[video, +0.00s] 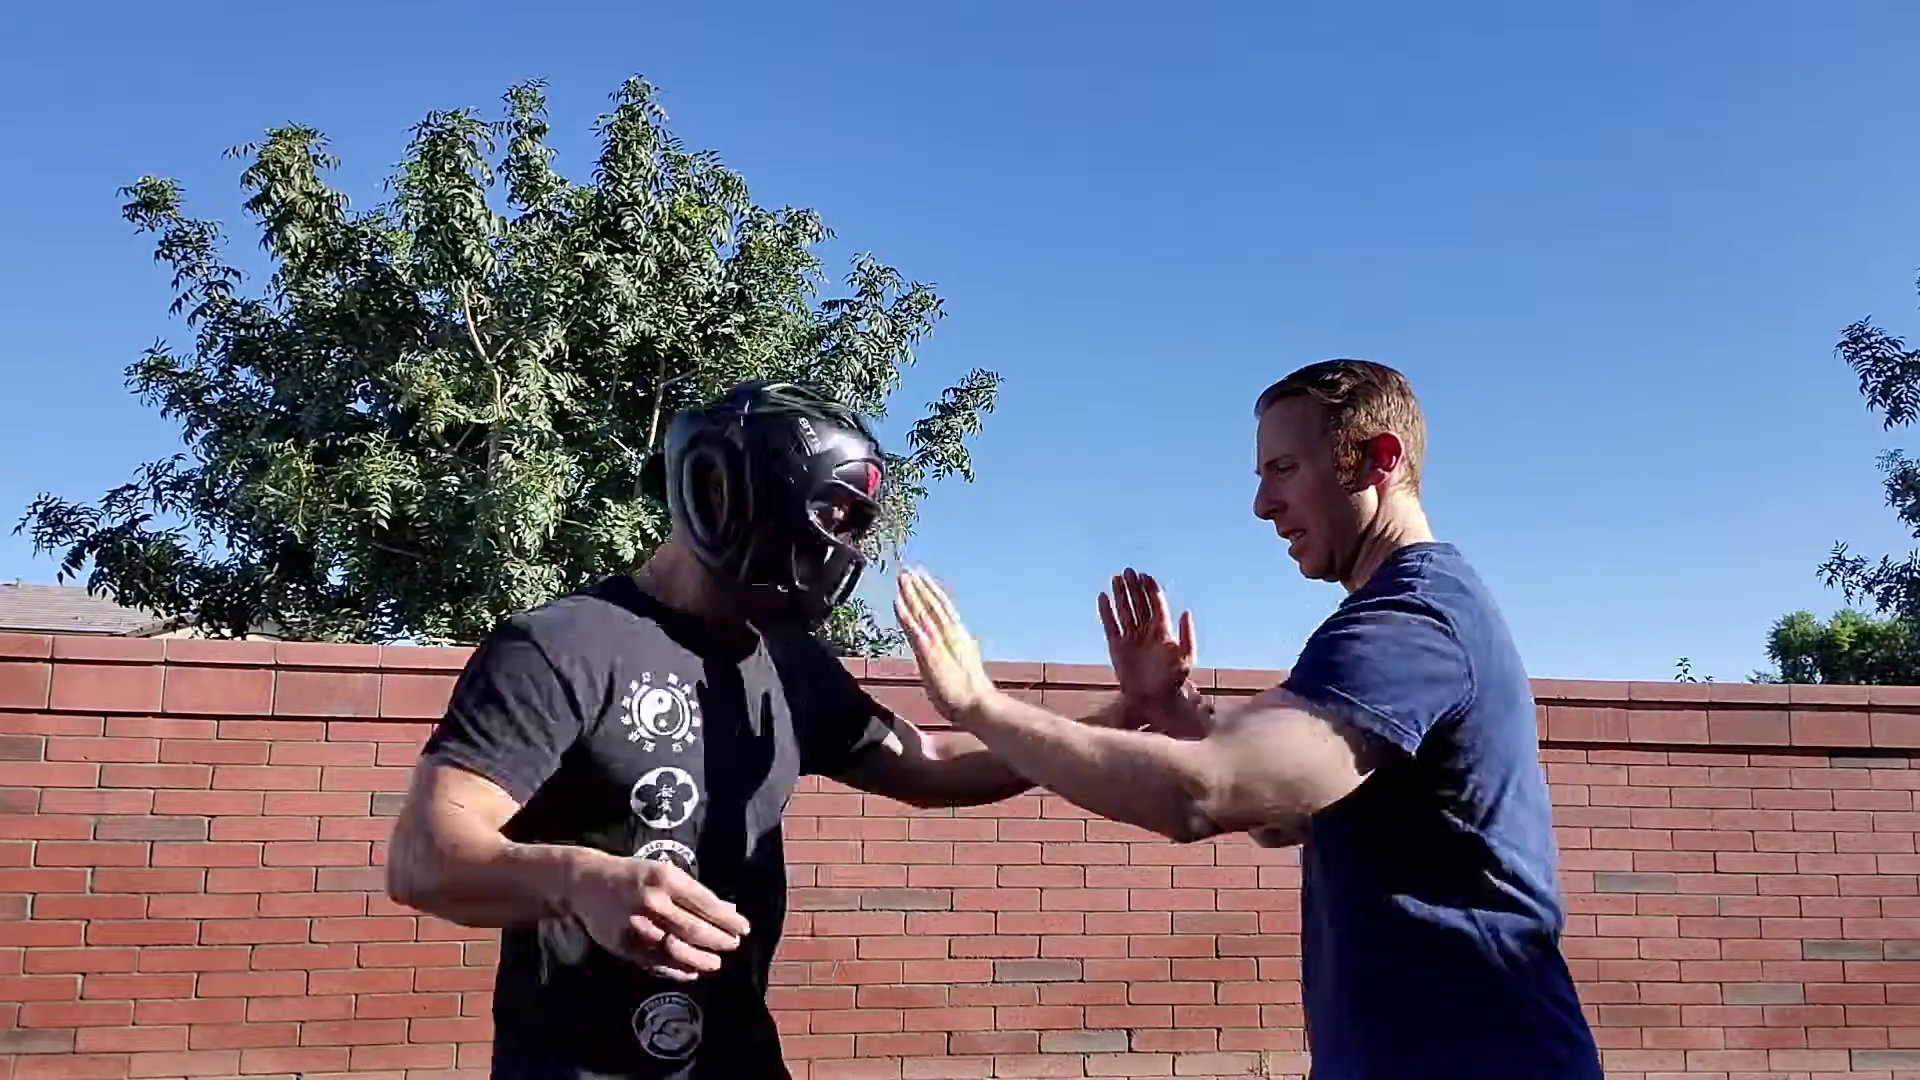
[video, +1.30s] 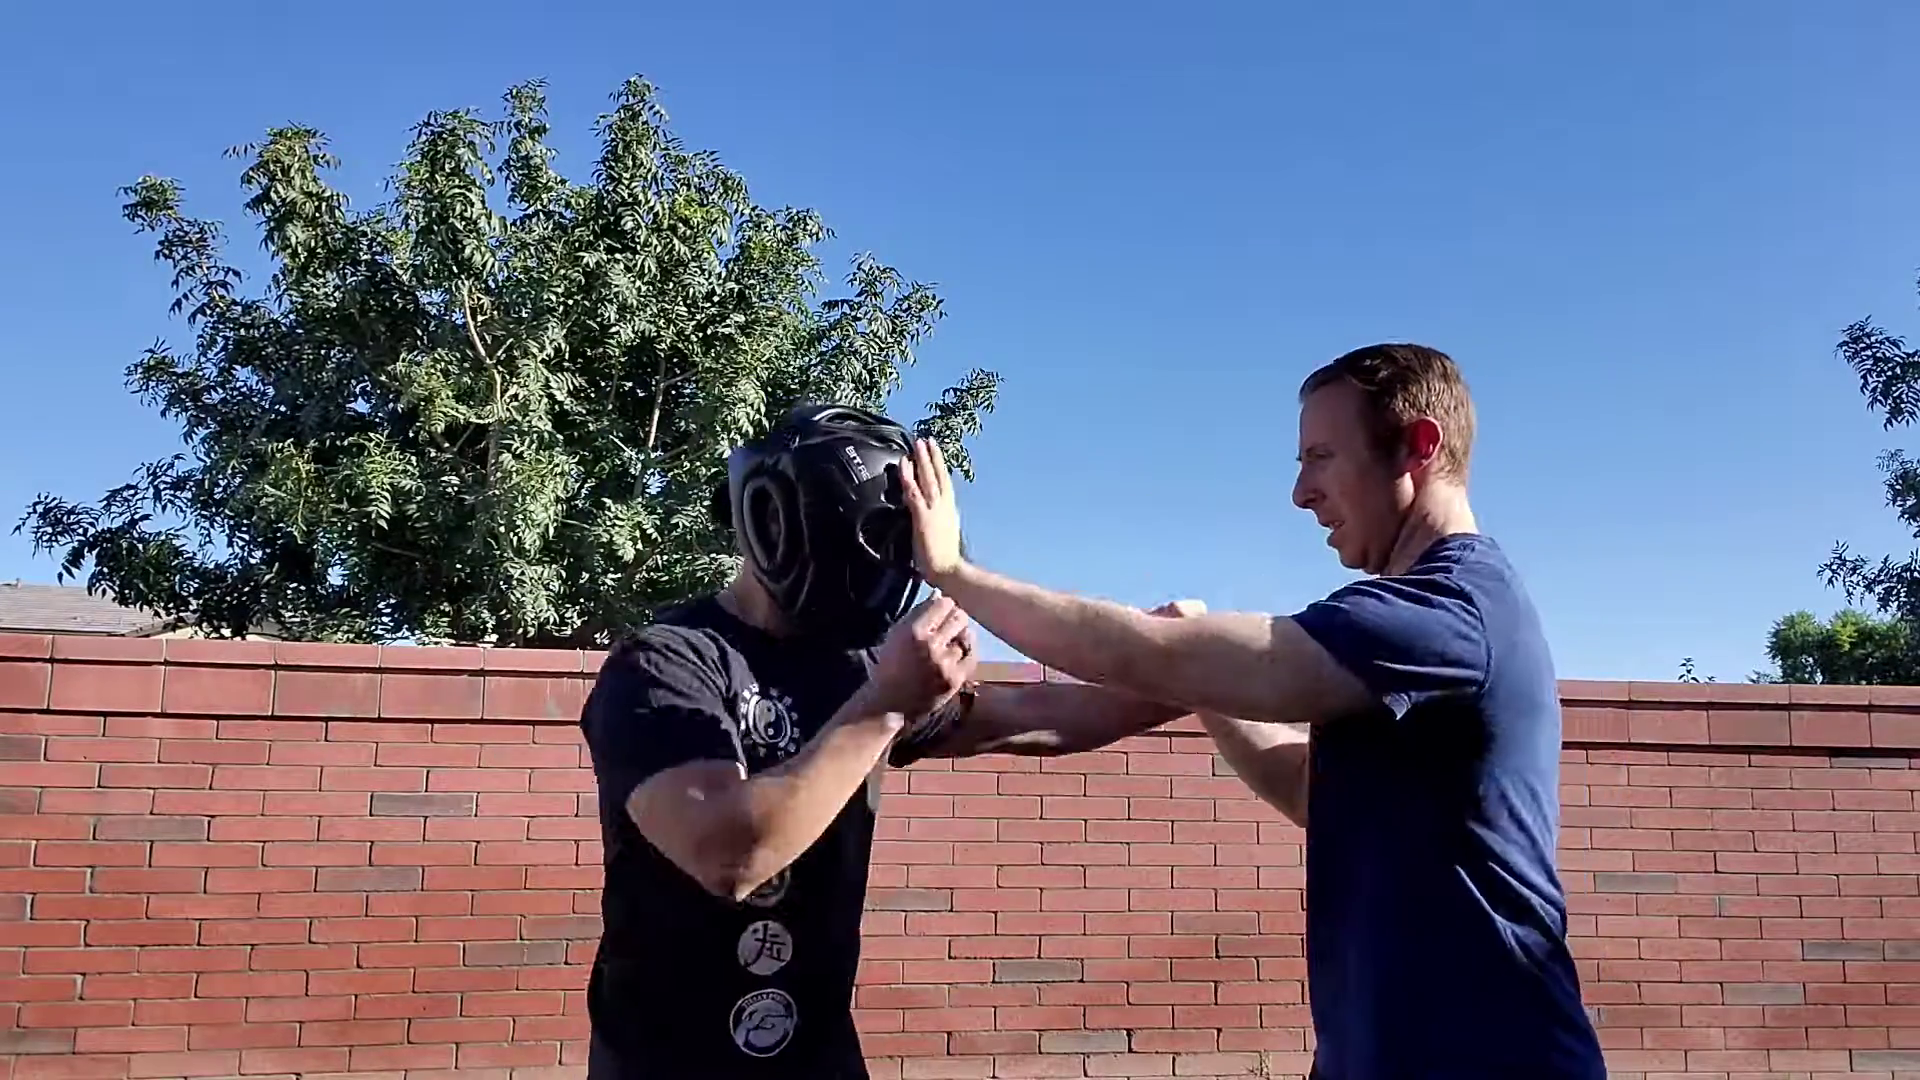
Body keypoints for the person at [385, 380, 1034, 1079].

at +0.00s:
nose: (850, 554)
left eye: (857, 526)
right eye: (832, 518)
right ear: (732, 500)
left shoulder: (787, 666)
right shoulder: (557, 650)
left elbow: (927, 767)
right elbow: (425, 857)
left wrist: (1110, 726)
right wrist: (578, 881)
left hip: (738, 1059)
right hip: (575, 1060)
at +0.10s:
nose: (907, 567)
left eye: (910, 543)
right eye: (893, 535)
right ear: (792, 520)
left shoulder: (807, 670)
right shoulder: (675, 651)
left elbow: (846, 860)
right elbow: (656, 798)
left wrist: (982, 817)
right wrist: (820, 692)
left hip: (780, 1045)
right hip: (661, 1049)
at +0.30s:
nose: (960, 588)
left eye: (962, 565)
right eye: (947, 563)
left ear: (844, 542)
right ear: (879, 545)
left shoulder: (739, 657)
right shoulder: (827, 650)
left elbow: (660, 850)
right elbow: (1035, 718)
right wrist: (1226, 675)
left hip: (696, 1046)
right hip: (786, 1054)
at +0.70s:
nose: (980, 599)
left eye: (984, 571)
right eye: (969, 569)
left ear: (854, 549)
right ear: (911, 556)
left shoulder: (744, 655)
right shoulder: (849, 654)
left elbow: (636, 836)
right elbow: (1028, 740)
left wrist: (732, 944)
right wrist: (1238, 749)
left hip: (697, 1040)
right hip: (782, 1051)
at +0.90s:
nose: (921, 555)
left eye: (926, 532)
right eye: (909, 527)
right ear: (831, 513)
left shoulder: (858, 670)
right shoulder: (679, 655)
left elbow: (928, 764)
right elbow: (799, 835)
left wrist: (1030, 812)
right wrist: (1001, 789)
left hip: (832, 1048)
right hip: (686, 1054)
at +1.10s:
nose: (884, 553)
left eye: (894, 531)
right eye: (865, 525)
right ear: (767, 511)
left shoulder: (879, 671)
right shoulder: (608, 672)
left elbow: (1044, 695)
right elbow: (517, 892)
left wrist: (1175, 668)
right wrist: (712, 942)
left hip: (823, 1064)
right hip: (650, 1062)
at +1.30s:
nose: (893, 571)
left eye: (896, 547)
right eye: (875, 543)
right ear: (806, 532)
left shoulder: (854, 667)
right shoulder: (659, 669)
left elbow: (1032, 716)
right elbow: (735, 854)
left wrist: (1184, 676)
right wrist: (883, 703)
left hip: (820, 1053)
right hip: (669, 1058)